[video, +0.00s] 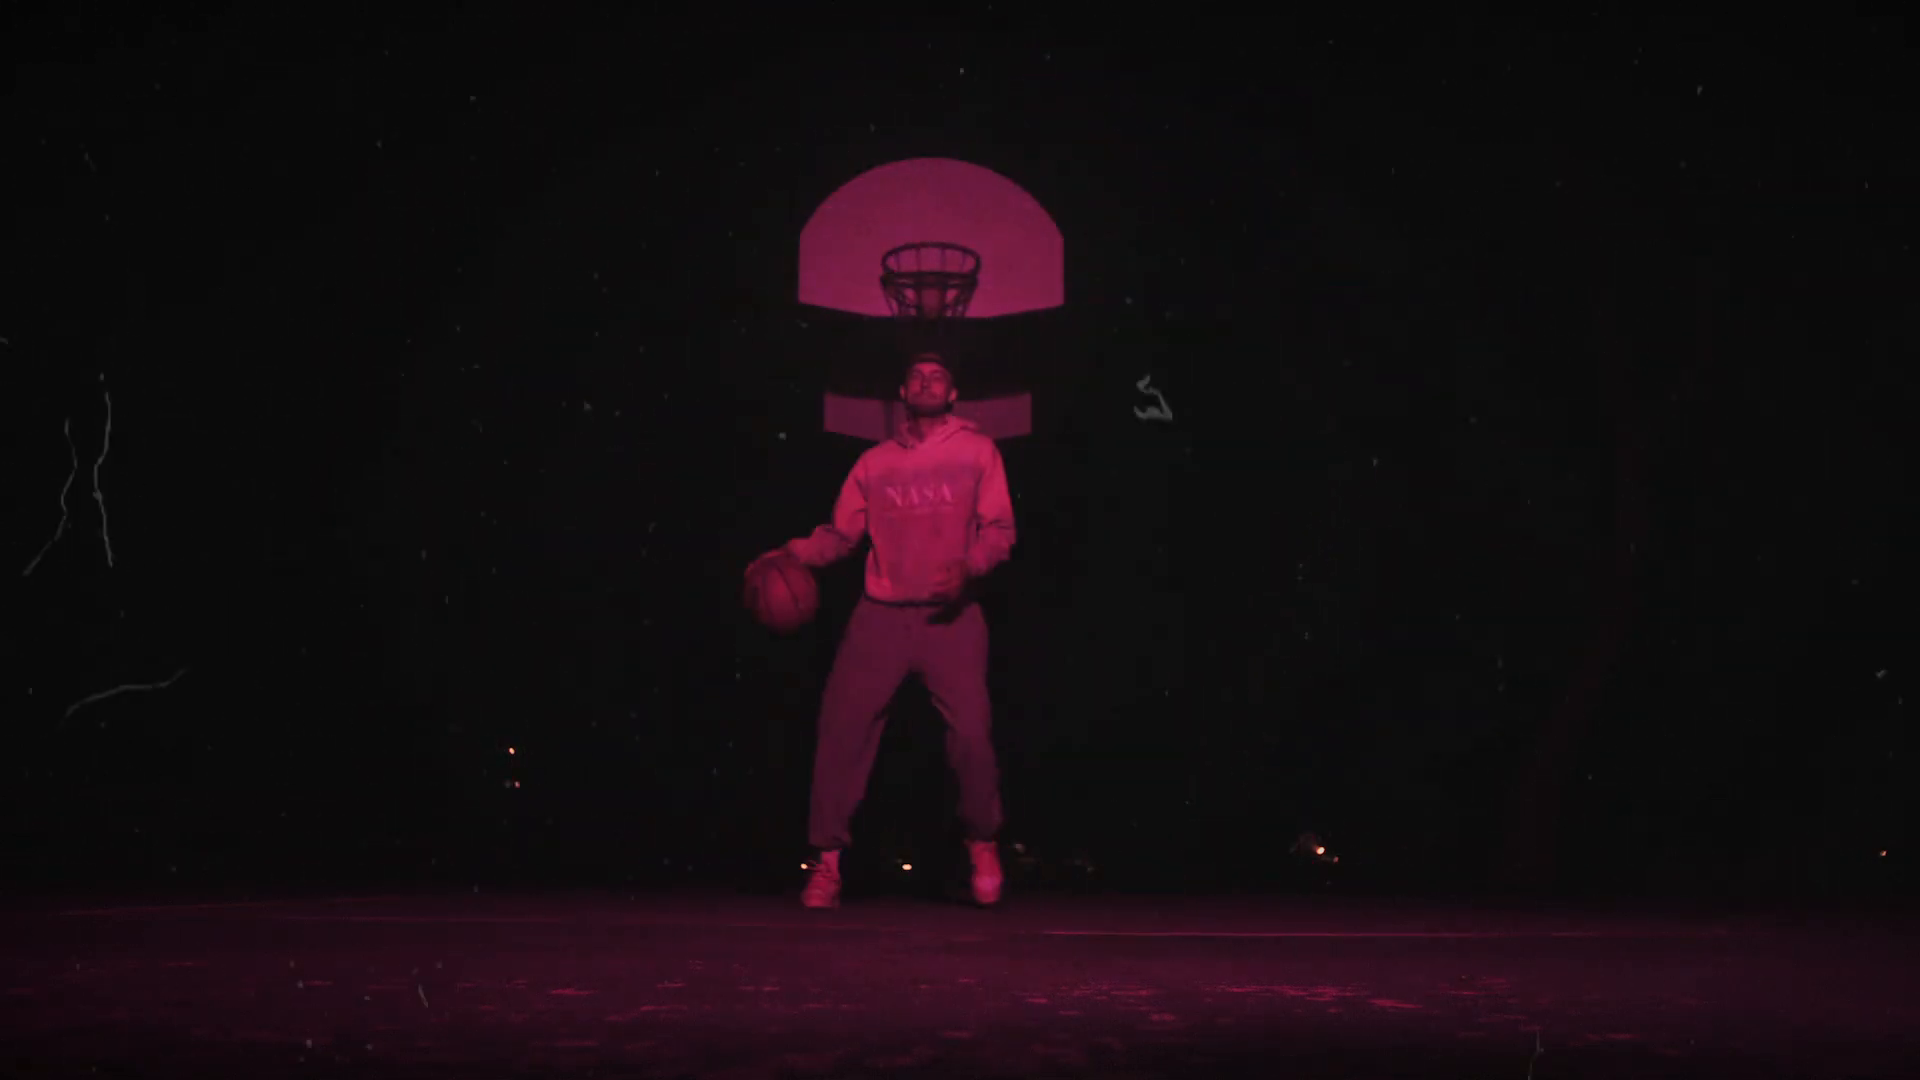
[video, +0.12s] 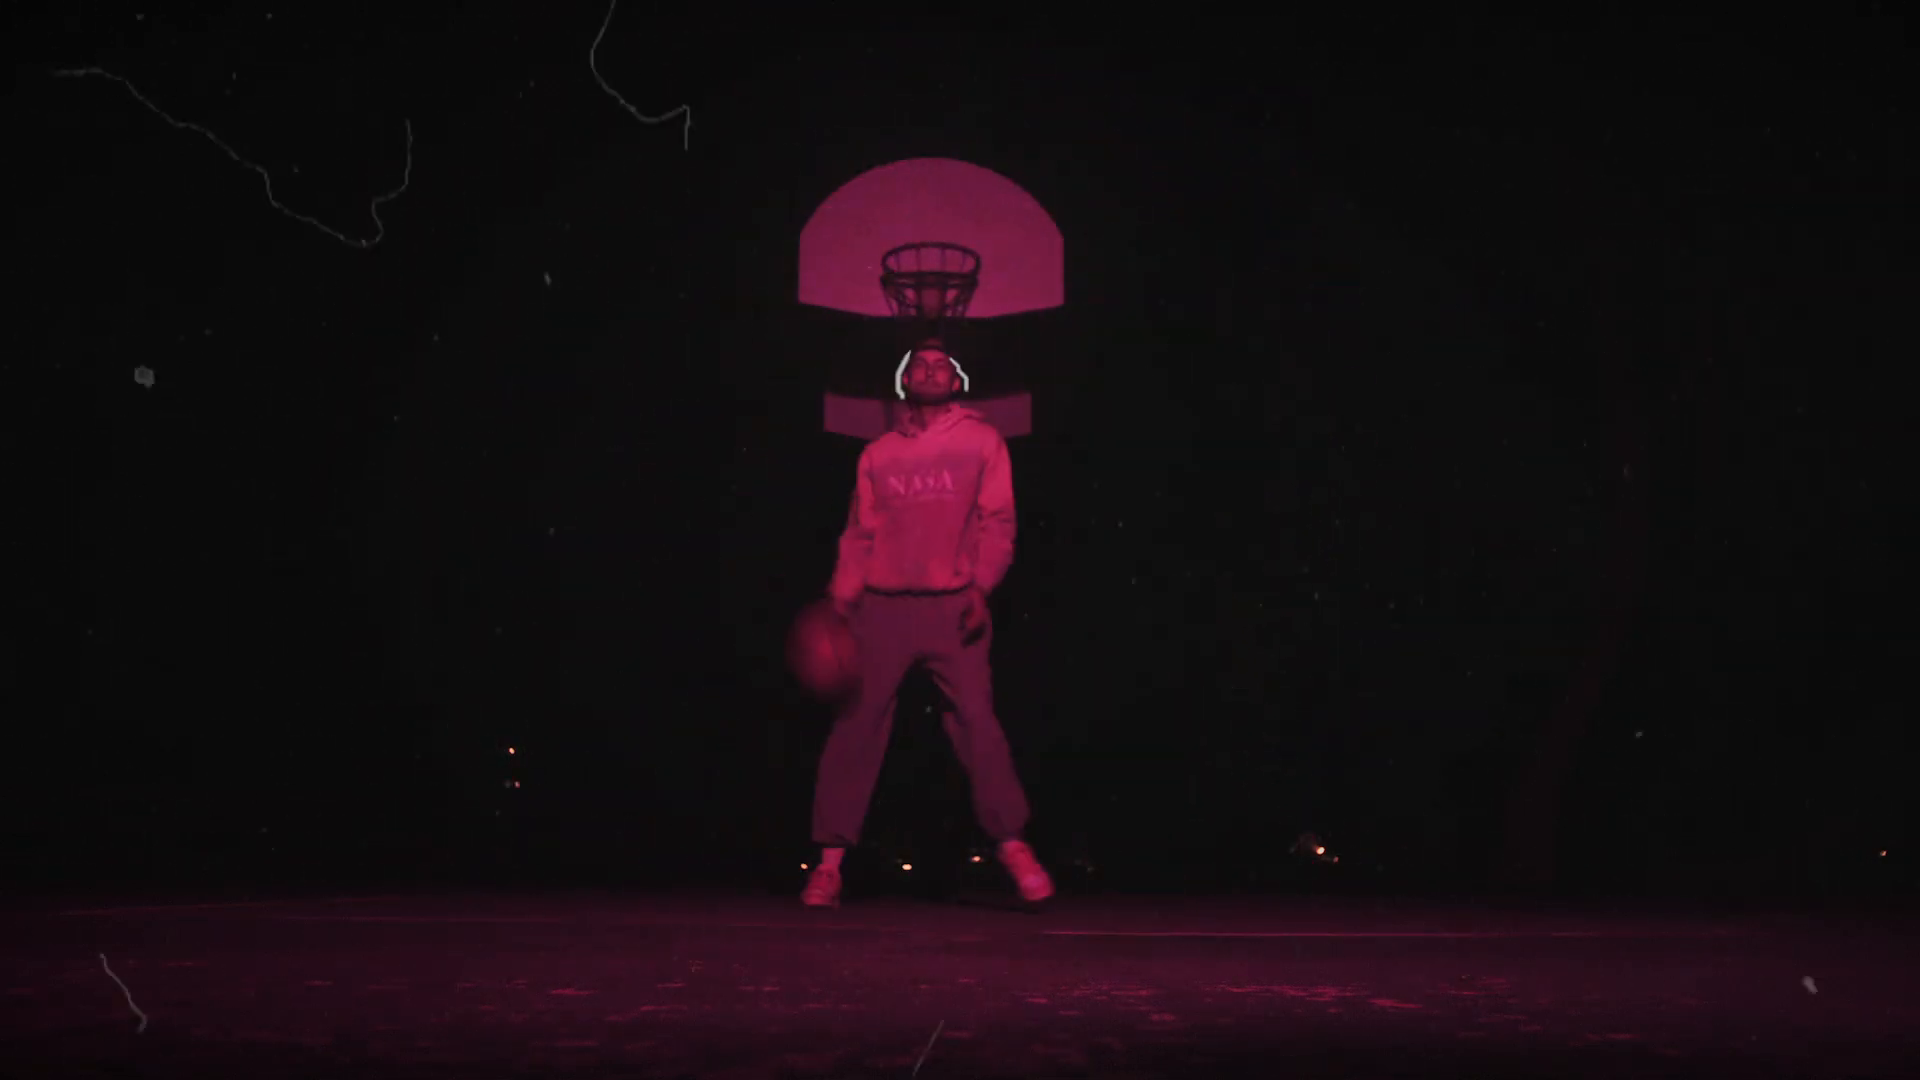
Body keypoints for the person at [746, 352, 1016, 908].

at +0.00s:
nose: (928, 386)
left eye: (938, 379)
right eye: (918, 378)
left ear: (953, 393)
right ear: (902, 393)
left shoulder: (977, 451)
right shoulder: (876, 461)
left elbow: (999, 531)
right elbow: (841, 535)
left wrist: (966, 572)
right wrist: (787, 557)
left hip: (951, 620)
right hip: (880, 617)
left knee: (971, 732)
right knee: (842, 726)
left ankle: (982, 845)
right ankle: (827, 858)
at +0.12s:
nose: (931, 375)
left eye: (940, 368)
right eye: (921, 367)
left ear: (956, 381)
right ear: (904, 381)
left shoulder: (982, 441)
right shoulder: (878, 453)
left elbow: (998, 524)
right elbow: (858, 536)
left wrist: (980, 587)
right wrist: (840, 605)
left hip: (952, 607)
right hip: (879, 608)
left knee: (977, 725)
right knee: (858, 725)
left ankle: (1012, 845)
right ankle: (830, 857)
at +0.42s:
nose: (993, 362)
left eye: (1003, 354)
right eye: (981, 354)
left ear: (1019, 368)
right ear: (963, 368)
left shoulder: (1043, 442)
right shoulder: (931, 439)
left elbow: (1054, 538)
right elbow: (916, 532)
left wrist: (1061, 616)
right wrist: (924, 610)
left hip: (1008, 606)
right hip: (933, 600)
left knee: (1015, 734)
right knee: (893, 726)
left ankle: (1042, 870)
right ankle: (860, 856)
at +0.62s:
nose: (1024, 320)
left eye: (1034, 313)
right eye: (1012, 312)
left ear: (1047, 329)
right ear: (992, 328)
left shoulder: (1071, 402)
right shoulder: (964, 398)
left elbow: (1095, 488)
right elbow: (944, 494)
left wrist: (1134, 553)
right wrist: (959, 573)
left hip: (1041, 573)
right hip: (969, 570)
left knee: (1061, 712)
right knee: (968, 715)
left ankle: (1079, 860)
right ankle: (957, 866)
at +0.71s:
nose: (1038, 329)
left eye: (1047, 321)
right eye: (1025, 320)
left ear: (1059, 337)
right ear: (1003, 335)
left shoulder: (1080, 408)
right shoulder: (976, 410)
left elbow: (1110, 492)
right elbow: (949, 508)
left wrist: (1155, 551)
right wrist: (976, 576)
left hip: (1053, 584)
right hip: (986, 583)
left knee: (1085, 719)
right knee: (985, 726)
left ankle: (1105, 872)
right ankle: (965, 868)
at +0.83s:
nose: (1057, 338)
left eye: (1064, 330)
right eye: (1043, 331)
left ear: (1075, 346)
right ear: (1019, 346)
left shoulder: (1095, 418)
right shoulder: (994, 418)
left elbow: (1124, 502)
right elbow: (962, 517)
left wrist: (1172, 557)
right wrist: (978, 579)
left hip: (1062, 594)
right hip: (999, 592)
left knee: (1102, 725)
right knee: (995, 724)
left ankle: (1114, 873)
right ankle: (970, 856)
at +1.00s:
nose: (1072, 365)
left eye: (1082, 356)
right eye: (1059, 356)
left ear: (1097, 370)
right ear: (1038, 370)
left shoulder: (1116, 445)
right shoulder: (1007, 446)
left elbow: (1126, 547)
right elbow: (975, 548)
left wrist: (1131, 637)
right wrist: (964, 630)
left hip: (1073, 596)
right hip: (1006, 586)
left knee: (1097, 718)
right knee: (1019, 670)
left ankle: (1112, 874)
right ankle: (964, 833)